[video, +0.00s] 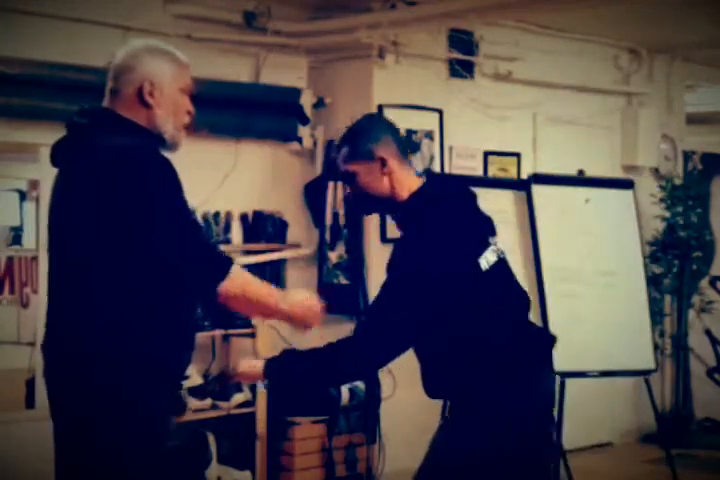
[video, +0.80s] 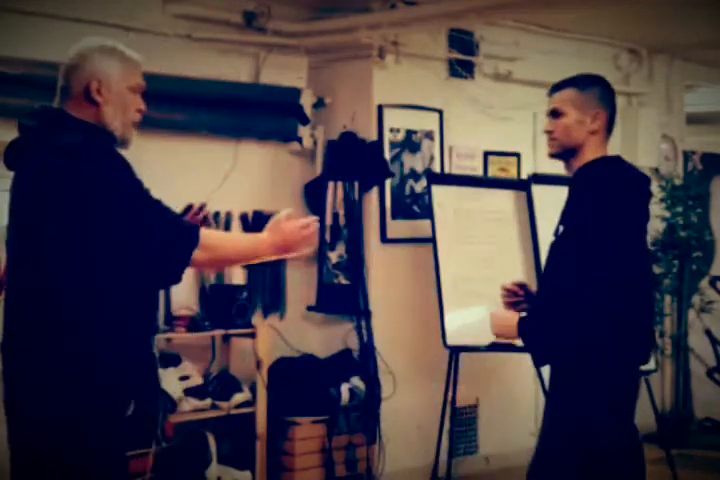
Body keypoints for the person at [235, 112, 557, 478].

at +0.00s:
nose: (352, 190)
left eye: (353, 177)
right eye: (348, 179)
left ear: (385, 165)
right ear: (387, 163)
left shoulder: (426, 238)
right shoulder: (449, 199)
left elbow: (372, 348)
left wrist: (271, 371)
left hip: (488, 395)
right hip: (522, 376)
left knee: (438, 472)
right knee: (529, 470)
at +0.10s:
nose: (378, 180)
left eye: (382, 167)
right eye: (375, 169)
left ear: (415, 156)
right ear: (418, 157)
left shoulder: (449, 230)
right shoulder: (474, 199)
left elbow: (392, 339)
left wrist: (296, 384)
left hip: (499, 396)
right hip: (533, 382)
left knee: (448, 472)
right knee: (546, 473)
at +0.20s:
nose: (410, 169)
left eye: (418, 156)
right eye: (408, 159)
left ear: (455, 151)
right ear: (456, 153)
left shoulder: (481, 221)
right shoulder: (508, 198)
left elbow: (425, 335)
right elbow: (552, 307)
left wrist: (342, 405)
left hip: (510, 398)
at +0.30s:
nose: (452, 158)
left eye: (460, 145)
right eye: (453, 147)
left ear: (497, 146)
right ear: (496, 147)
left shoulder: (514, 216)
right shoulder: (539, 202)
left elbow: (479, 345)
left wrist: (398, 412)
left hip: (539, 396)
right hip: (569, 385)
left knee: (498, 472)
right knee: (574, 473)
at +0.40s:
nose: (485, 148)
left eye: (493, 135)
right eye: (486, 137)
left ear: (531, 139)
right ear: (530, 141)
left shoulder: (543, 209)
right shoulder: (567, 197)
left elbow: (533, 347)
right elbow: (557, 295)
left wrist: (463, 402)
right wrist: (499, 311)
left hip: (554, 395)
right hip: (584, 382)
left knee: (525, 471)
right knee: (581, 470)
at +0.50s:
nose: (509, 139)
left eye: (518, 127)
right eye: (511, 128)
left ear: (556, 132)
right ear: (553, 135)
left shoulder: (568, 196)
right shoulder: (573, 189)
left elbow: (560, 312)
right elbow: (562, 287)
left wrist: (503, 381)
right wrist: (514, 308)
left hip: (572, 378)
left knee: (536, 470)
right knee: (587, 469)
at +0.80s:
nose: (546, 126)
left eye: (557, 115)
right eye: (548, 116)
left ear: (594, 122)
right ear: (590, 125)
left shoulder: (604, 185)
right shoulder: (597, 182)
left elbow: (593, 314)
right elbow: (588, 290)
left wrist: (522, 327)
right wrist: (537, 298)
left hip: (594, 368)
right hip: (601, 361)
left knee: (566, 465)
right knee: (601, 462)